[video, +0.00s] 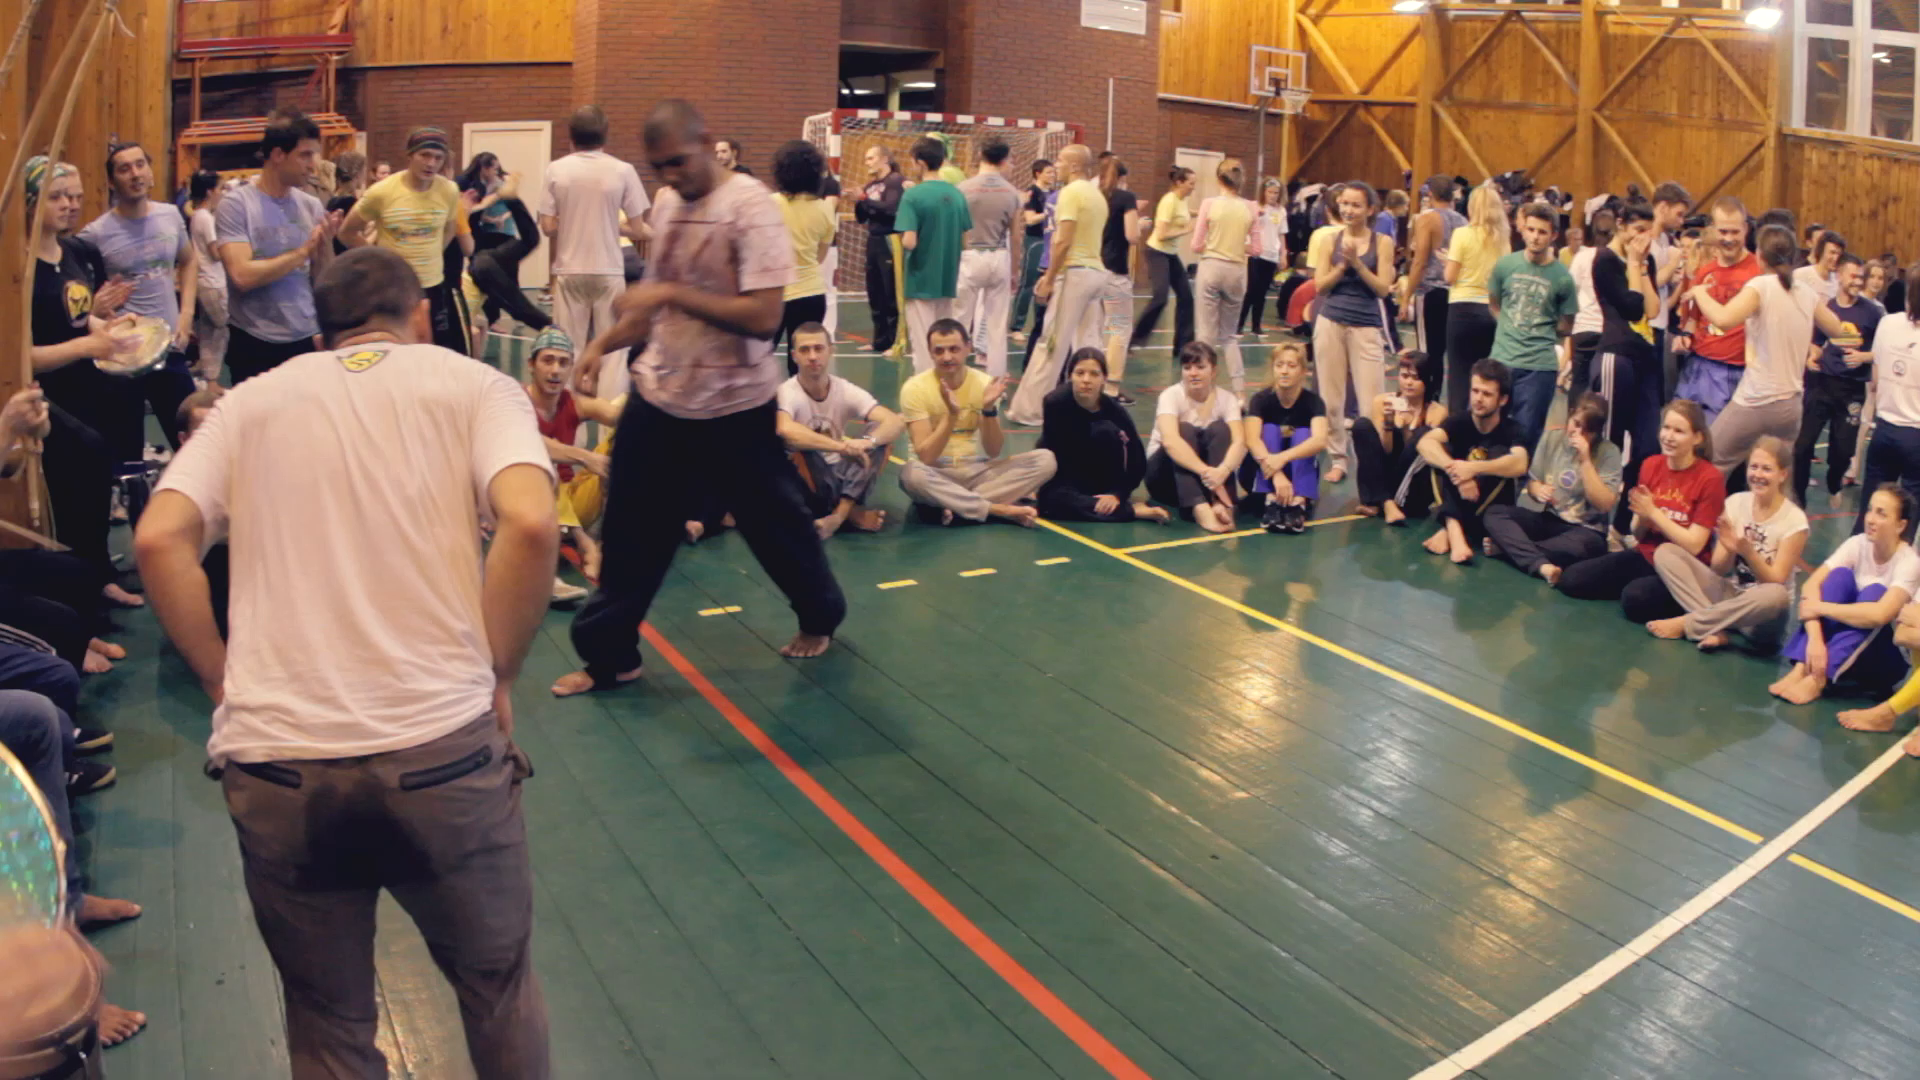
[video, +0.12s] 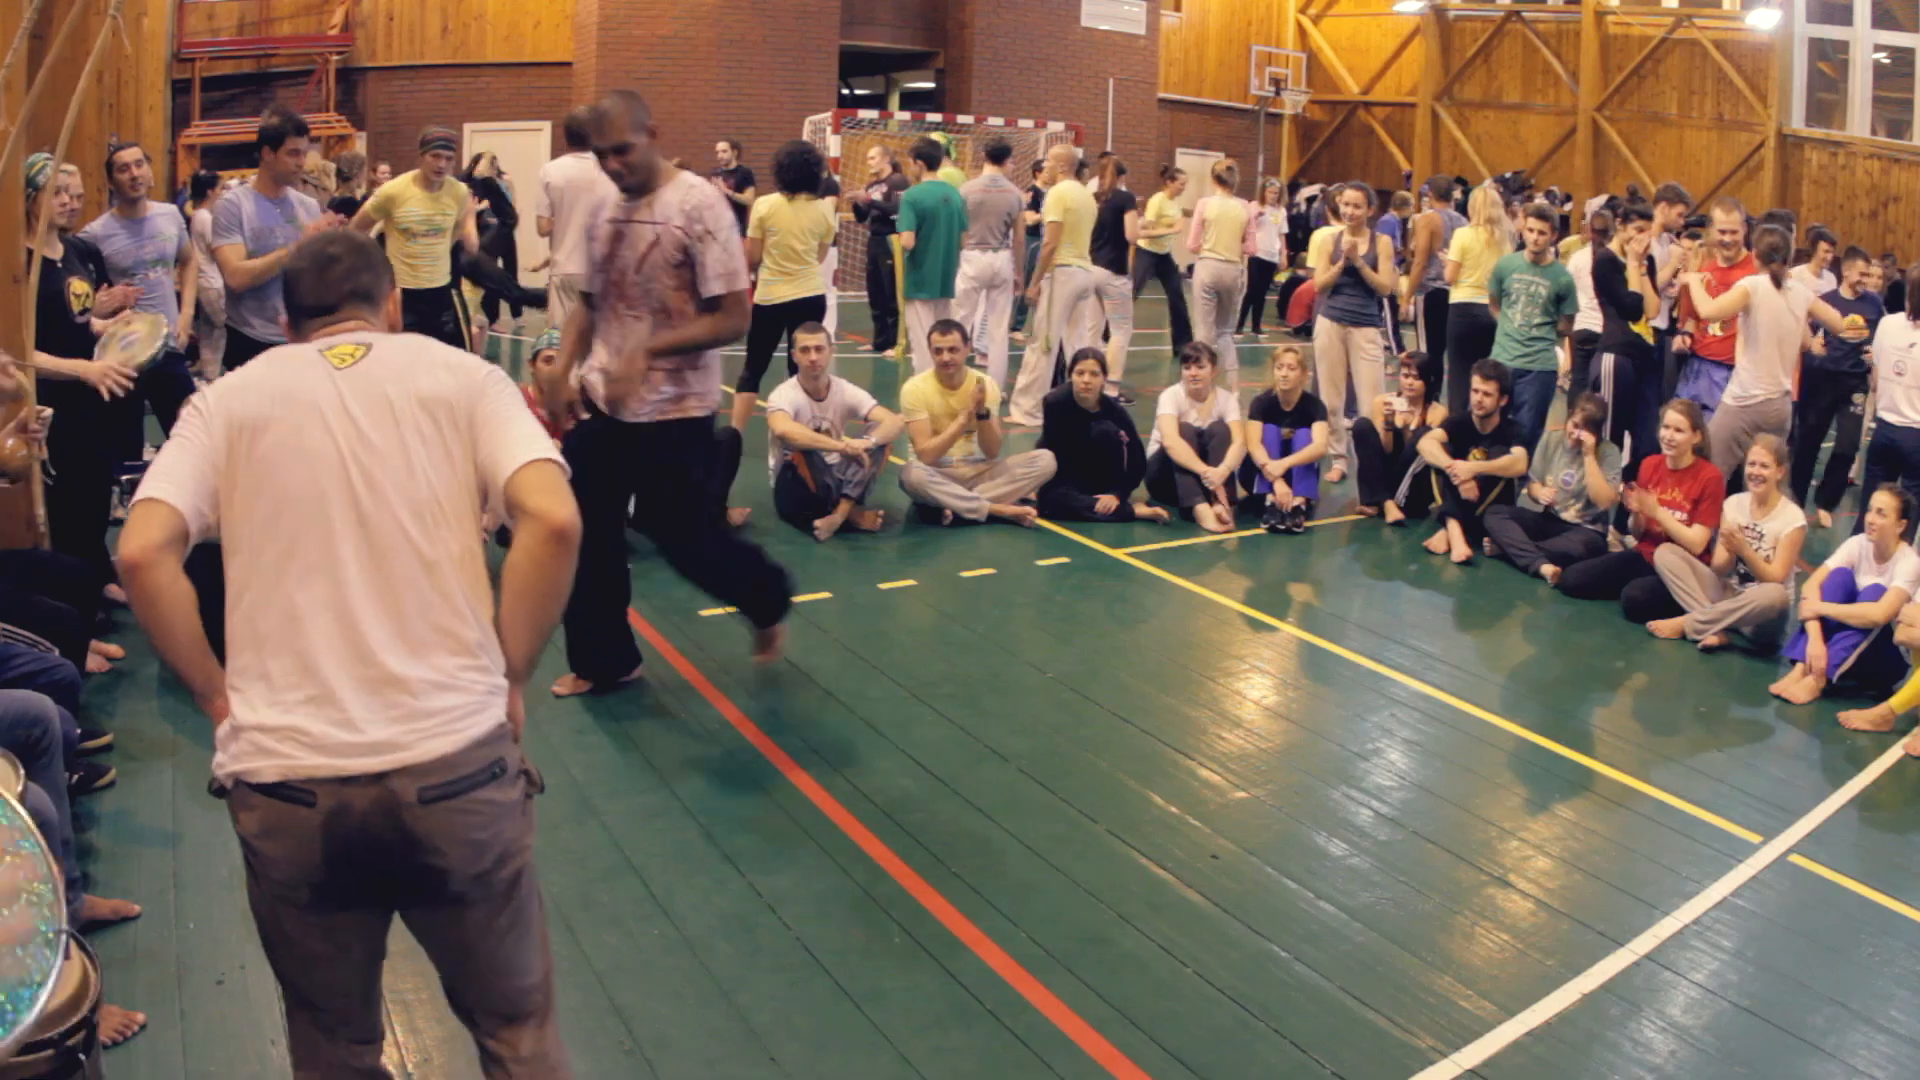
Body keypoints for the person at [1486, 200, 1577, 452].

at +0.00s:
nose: (1535, 237)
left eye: (1542, 232)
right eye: (1531, 230)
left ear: (1553, 236)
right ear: (1522, 231)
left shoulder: (1562, 278)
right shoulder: (1504, 265)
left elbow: (1566, 326)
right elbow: (1494, 307)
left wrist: (1537, 331)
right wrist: (1515, 328)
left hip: (1539, 363)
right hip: (1502, 357)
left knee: (1525, 434)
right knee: (1491, 427)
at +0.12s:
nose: (1535, 238)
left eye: (1542, 233)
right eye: (1530, 231)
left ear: (1553, 237)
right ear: (1523, 231)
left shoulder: (1562, 278)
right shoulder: (1504, 265)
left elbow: (1566, 326)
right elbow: (1494, 307)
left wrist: (1537, 331)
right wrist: (1516, 328)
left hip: (1539, 363)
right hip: (1502, 357)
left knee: (1526, 434)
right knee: (1491, 427)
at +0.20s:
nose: (1535, 239)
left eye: (1542, 234)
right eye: (1530, 231)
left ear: (1553, 237)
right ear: (1523, 232)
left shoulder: (1562, 278)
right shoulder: (1505, 265)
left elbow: (1566, 325)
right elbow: (1494, 307)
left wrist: (1538, 331)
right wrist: (1516, 328)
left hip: (1539, 363)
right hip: (1502, 357)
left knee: (1525, 434)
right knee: (1491, 428)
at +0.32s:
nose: (1535, 239)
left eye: (1542, 233)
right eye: (1530, 231)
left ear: (1553, 237)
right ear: (1523, 232)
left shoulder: (1563, 278)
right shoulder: (1504, 265)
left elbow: (1566, 326)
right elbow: (1494, 308)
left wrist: (1537, 331)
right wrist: (1516, 329)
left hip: (1540, 363)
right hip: (1502, 357)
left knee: (1525, 433)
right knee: (1491, 427)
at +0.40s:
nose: (1535, 238)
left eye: (1542, 233)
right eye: (1530, 231)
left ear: (1553, 237)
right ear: (1523, 231)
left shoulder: (1562, 277)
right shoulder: (1504, 266)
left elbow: (1566, 326)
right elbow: (1495, 306)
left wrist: (1538, 332)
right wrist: (1515, 328)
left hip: (1540, 362)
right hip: (1503, 356)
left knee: (1526, 433)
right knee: (1492, 427)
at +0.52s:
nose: (1534, 238)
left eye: (1542, 233)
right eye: (1530, 231)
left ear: (1553, 237)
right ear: (1523, 231)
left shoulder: (1563, 278)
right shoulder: (1504, 265)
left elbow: (1566, 325)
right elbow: (1495, 307)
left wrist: (1538, 331)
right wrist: (1516, 328)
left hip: (1540, 362)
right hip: (1503, 356)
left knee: (1525, 433)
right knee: (1491, 427)